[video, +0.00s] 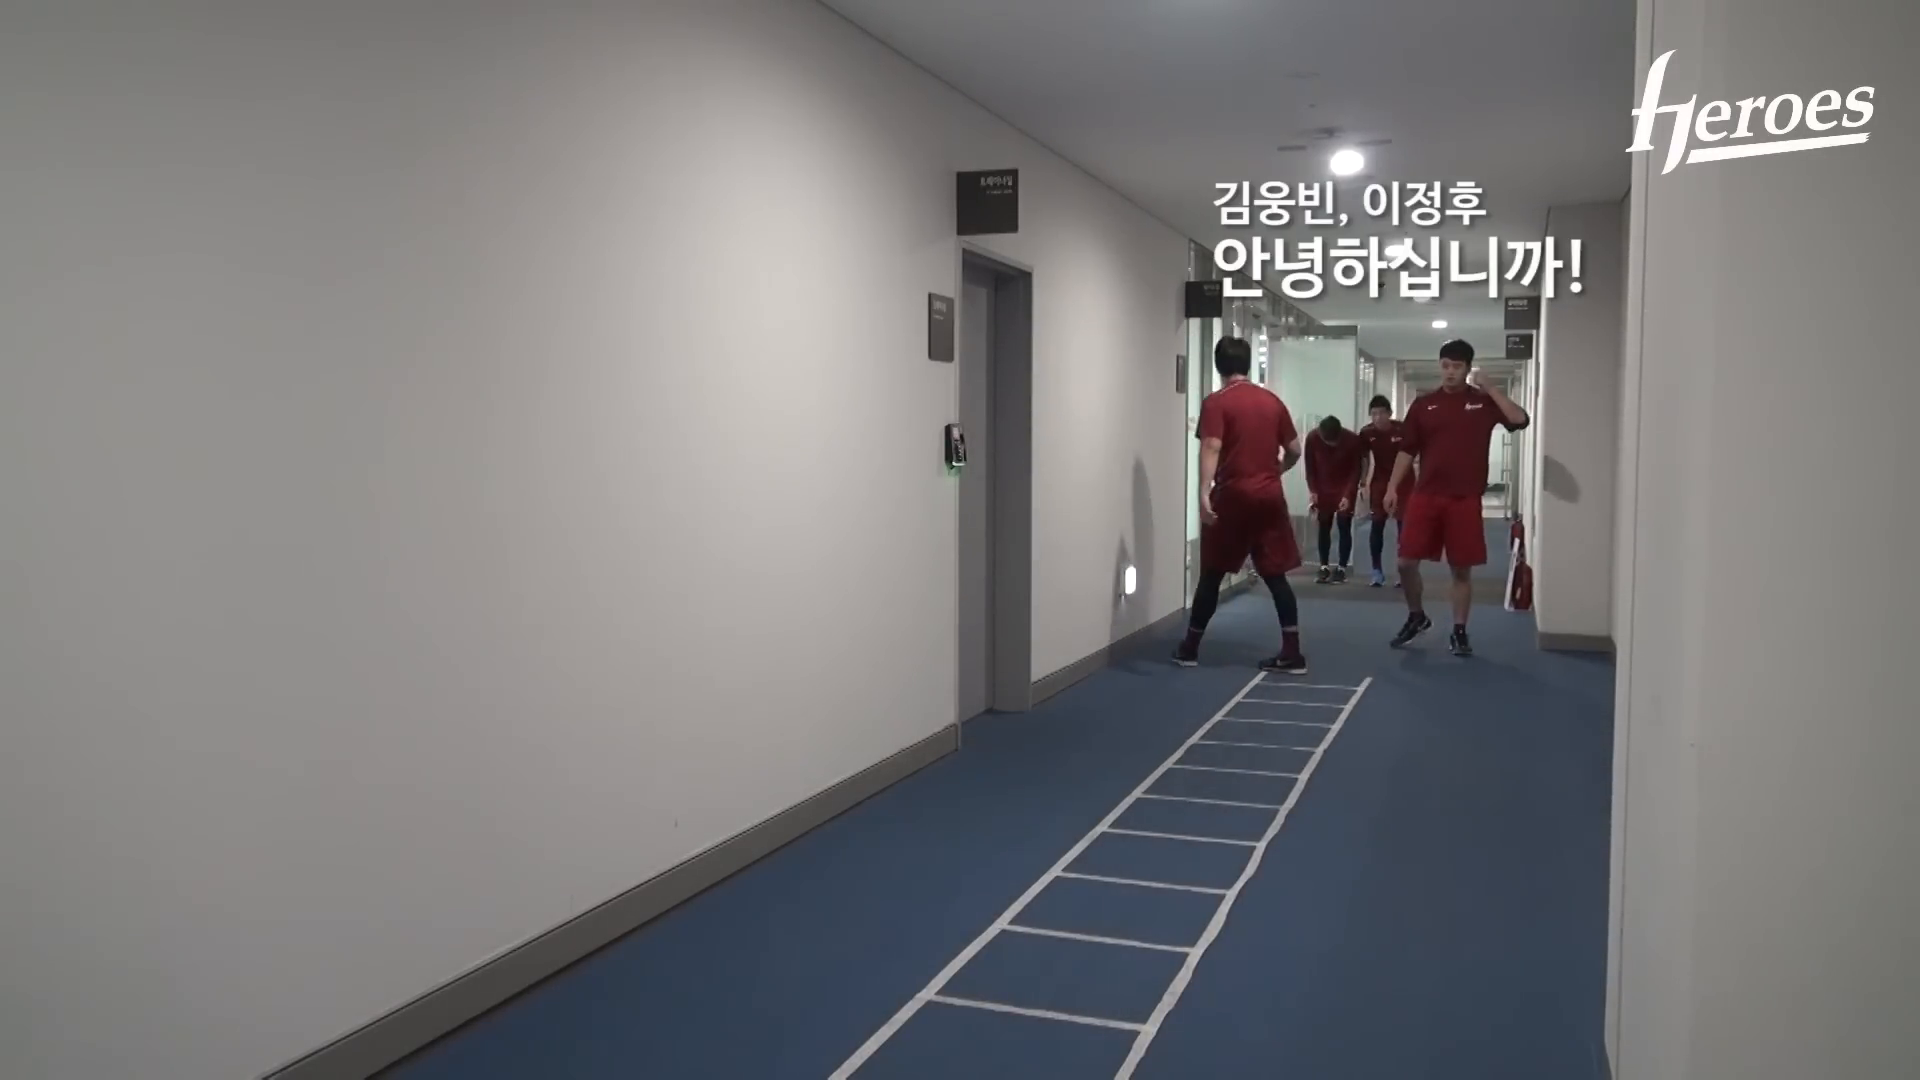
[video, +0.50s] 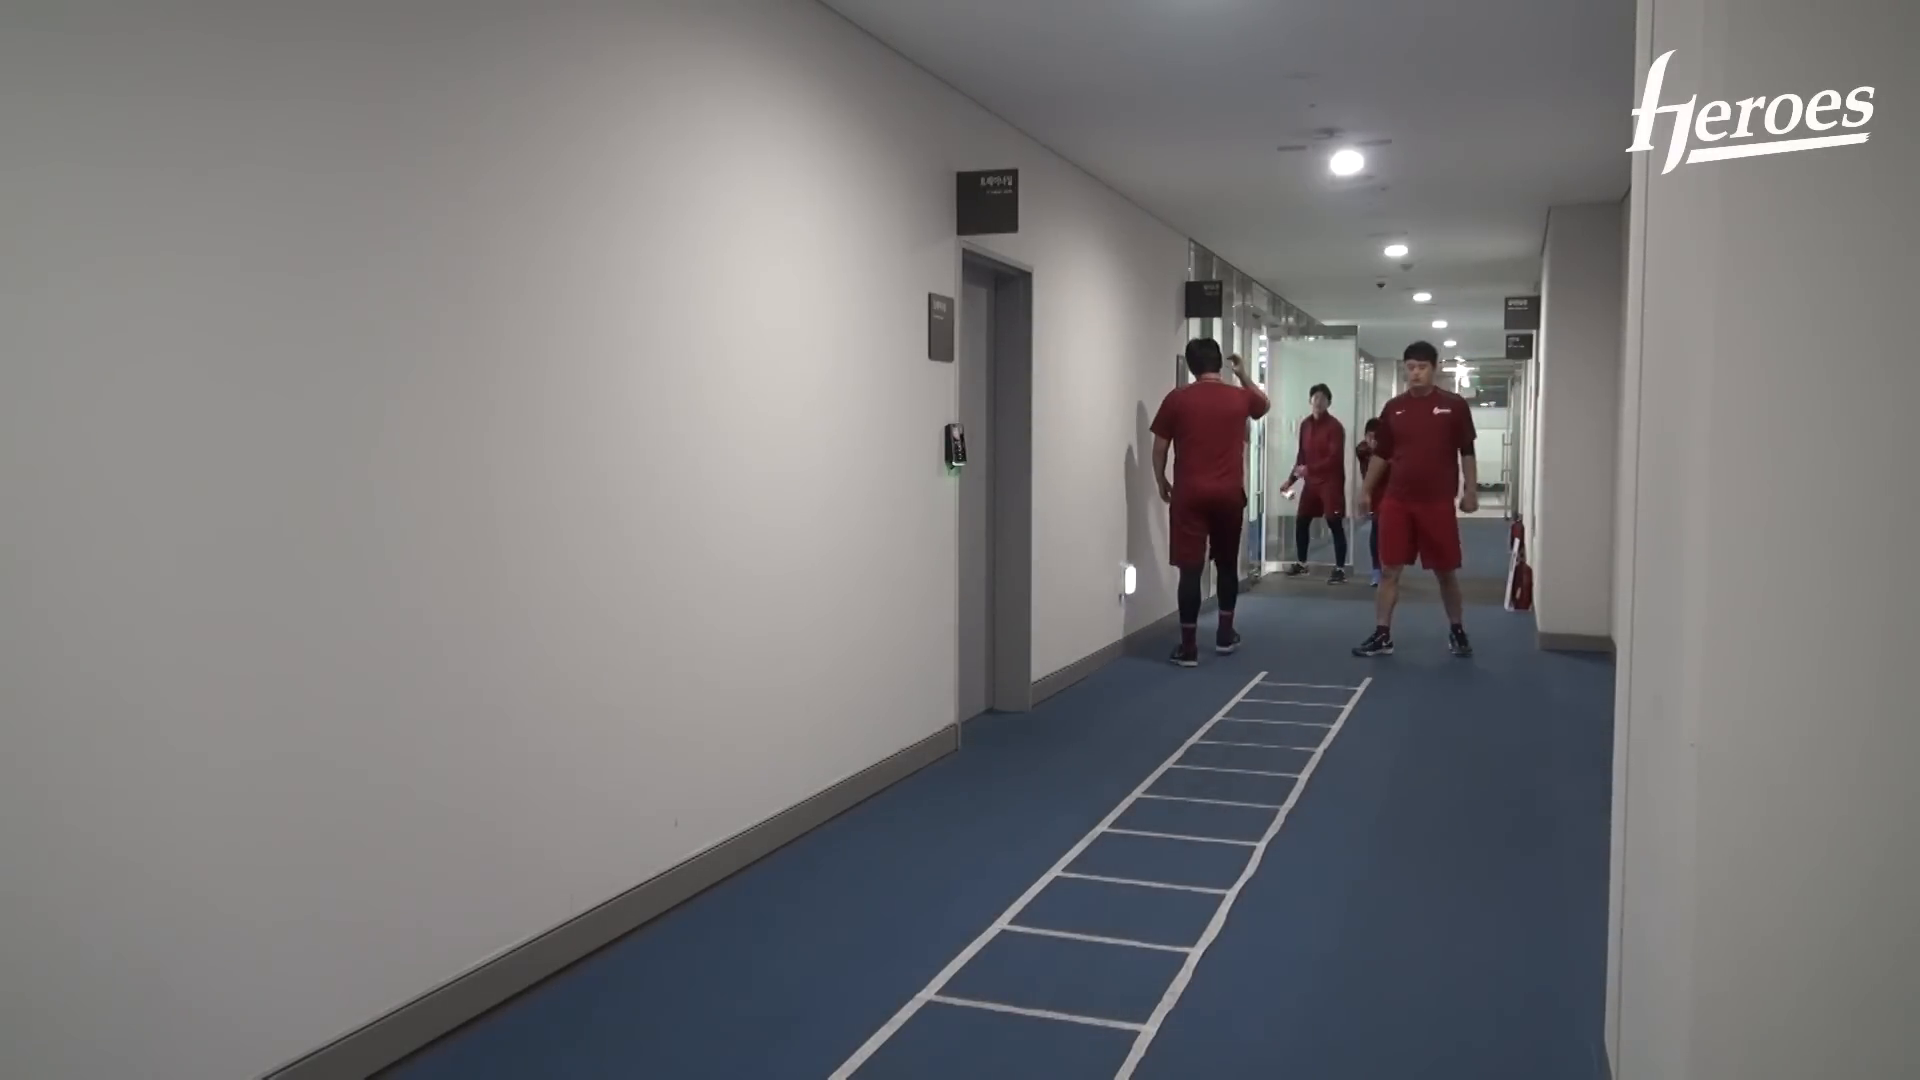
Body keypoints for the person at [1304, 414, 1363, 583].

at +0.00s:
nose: (1331, 445)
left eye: (1334, 441)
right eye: (1327, 441)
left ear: (1340, 433)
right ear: (1321, 433)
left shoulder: (1353, 440)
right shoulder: (1313, 438)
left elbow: (1356, 471)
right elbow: (1310, 467)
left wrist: (1348, 496)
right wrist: (1313, 491)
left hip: (1346, 491)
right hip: (1324, 491)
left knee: (1344, 527)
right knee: (1323, 528)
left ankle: (1342, 566)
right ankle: (1324, 566)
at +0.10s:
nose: (1330, 438)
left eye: (1333, 434)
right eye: (1326, 434)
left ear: (1340, 427)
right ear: (1321, 427)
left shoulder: (1351, 438)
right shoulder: (1313, 435)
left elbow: (1356, 469)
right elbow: (1308, 465)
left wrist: (1349, 494)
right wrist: (1309, 492)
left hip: (1344, 489)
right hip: (1323, 488)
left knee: (1343, 527)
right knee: (1323, 528)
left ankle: (1341, 567)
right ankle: (1324, 566)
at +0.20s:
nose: (1331, 425)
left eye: (1334, 421)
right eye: (1327, 421)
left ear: (1339, 418)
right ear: (1320, 418)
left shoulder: (1349, 435)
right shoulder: (1312, 431)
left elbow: (1354, 468)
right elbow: (1307, 461)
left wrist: (1347, 493)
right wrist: (1304, 488)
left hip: (1342, 488)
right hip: (1320, 486)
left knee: (1342, 527)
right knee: (1320, 527)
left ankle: (1340, 566)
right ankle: (1322, 566)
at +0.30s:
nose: (1325, 413)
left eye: (1329, 409)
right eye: (1322, 409)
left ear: (1335, 410)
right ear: (1317, 409)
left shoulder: (1345, 432)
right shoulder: (1311, 427)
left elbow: (1348, 465)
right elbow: (1306, 456)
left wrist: (1337, 488)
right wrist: (1301, 483)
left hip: (1339, 484)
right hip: (1318, 483)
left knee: (1339, 524)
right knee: (1313, 522)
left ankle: (1340, 566)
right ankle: (1317, 565)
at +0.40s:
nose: (1322, 405)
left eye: (1326, 401)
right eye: (1319, 401)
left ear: (1332, 404)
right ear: (1314, 403)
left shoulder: (1340, 429)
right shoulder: (1309, 426)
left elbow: (1342, 463)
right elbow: (1305, 456)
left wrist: (1322, 478)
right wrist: (1296, 480)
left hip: (1336, 484)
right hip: (1315, 483)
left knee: (1337, 522)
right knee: (1306, 520)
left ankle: (1340, 566)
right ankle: (1309, 563)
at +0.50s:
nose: (1318, 402)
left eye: (1322, 398)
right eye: (1315, 397)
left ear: (1328, 402)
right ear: (1310, 400)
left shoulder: (1335, 427)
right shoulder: (1305, 425)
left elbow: (1334, 459)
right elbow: (1302, 456)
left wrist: (1309, 469)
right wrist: (1290, 480)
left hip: (1331, 483)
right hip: (1311, 482)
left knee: (1334, 520)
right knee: (1302, 520)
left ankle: (1339, 567)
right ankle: (1301, 563)